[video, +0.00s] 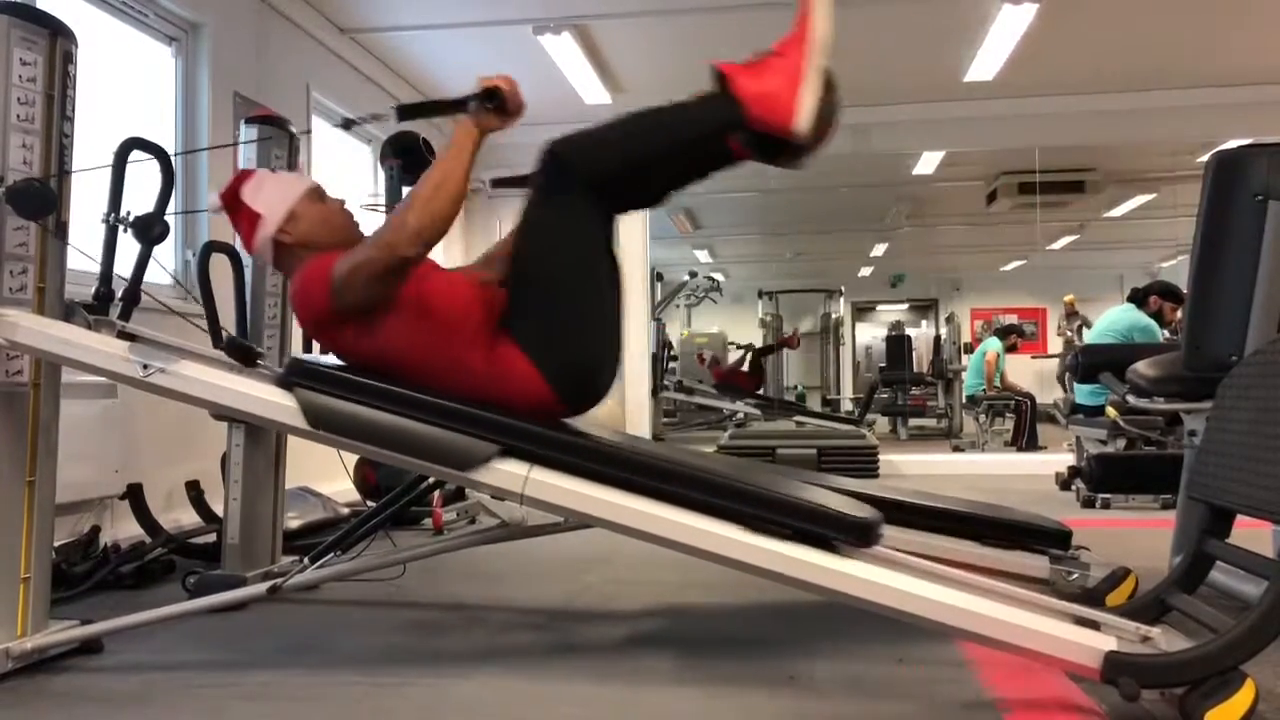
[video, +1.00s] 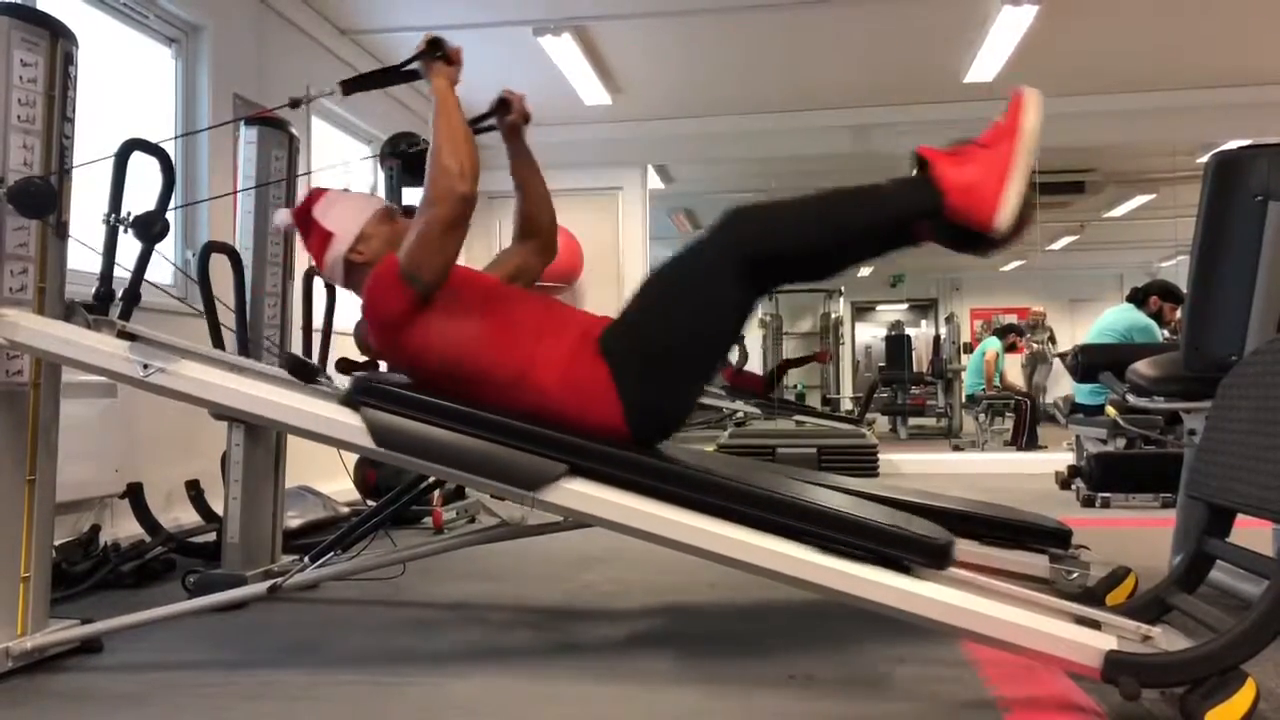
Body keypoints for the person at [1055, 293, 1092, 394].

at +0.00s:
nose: (1067, 308)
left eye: (1069, 305)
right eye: (1065, 305)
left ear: (1073, 305)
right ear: (1064, 306)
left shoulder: (1080, 317)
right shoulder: (1062, 317)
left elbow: (1091, 328)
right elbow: (1058, 332)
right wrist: (1064, 332)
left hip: (1078, 347)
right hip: (1066, 348)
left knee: (1078, 372)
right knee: (1060, 375)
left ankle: (1078, 394)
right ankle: (1067, 394)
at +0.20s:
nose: (1063, 309)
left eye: (1065, 306)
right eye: (1061, 306)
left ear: (1069, 307)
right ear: (1059, 307)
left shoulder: (1075, 319)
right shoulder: (1056, 318)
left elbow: (1088, 328)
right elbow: (1051, 333)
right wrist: (1058, 332)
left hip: (1072, 350)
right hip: (1060, 350)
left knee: (1070, 377)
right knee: (1053, 376)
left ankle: (1073, 400)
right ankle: (1047, 400)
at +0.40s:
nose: (1057, 313)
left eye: (1059, 311)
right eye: (1055, 310)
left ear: (1064, 311)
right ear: (1053, 311)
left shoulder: (1069, 323)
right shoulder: (1050, 322)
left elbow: (1081, 333)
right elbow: (1046, 334)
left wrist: (1091, 338)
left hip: (1065, 352)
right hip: (1053, 352)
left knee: (1062, 381)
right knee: (1047, 382)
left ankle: (1072, 402)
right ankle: (1042, 408)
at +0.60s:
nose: (1049, 318)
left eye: (1052, 316)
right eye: (1048, 316)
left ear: (1056, 318)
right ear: (1044, 316)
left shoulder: (1058, 329)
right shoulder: (1036, 327)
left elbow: (1070, 338)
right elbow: (1027, 340)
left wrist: (1080, 343)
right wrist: (1036, 344)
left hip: (1055, 359)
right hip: (1041, 359)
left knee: (1055, 385)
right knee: (1038, 386)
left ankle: (1066, 398)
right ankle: (1038, 409)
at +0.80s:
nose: (1040, 318)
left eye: (1043, 315)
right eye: (1037, 315)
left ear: (1048, 317)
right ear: (1033, 316)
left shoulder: (1051, 329)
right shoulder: (1028, 328)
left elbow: (1058, 341)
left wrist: (1066, 351)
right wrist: (1031, 346)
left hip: (1048, 360)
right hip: (1032, 361)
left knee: (1045, 380)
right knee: (1032, 387)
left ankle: (1054, 397)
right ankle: (1034, 407)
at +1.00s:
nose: (1035, 320)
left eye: (1038, 317)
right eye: (1033, 317)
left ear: (1043, 318)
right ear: (1030, 317)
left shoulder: (1048, 329)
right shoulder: (1025, 329)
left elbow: (1054, 342)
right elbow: (1019, 341)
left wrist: (1055, 351)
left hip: (1044, 359)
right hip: (1029, 359)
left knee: (1038, 382)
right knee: (1029, 385)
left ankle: (1041, 404)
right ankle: (1031, 407)